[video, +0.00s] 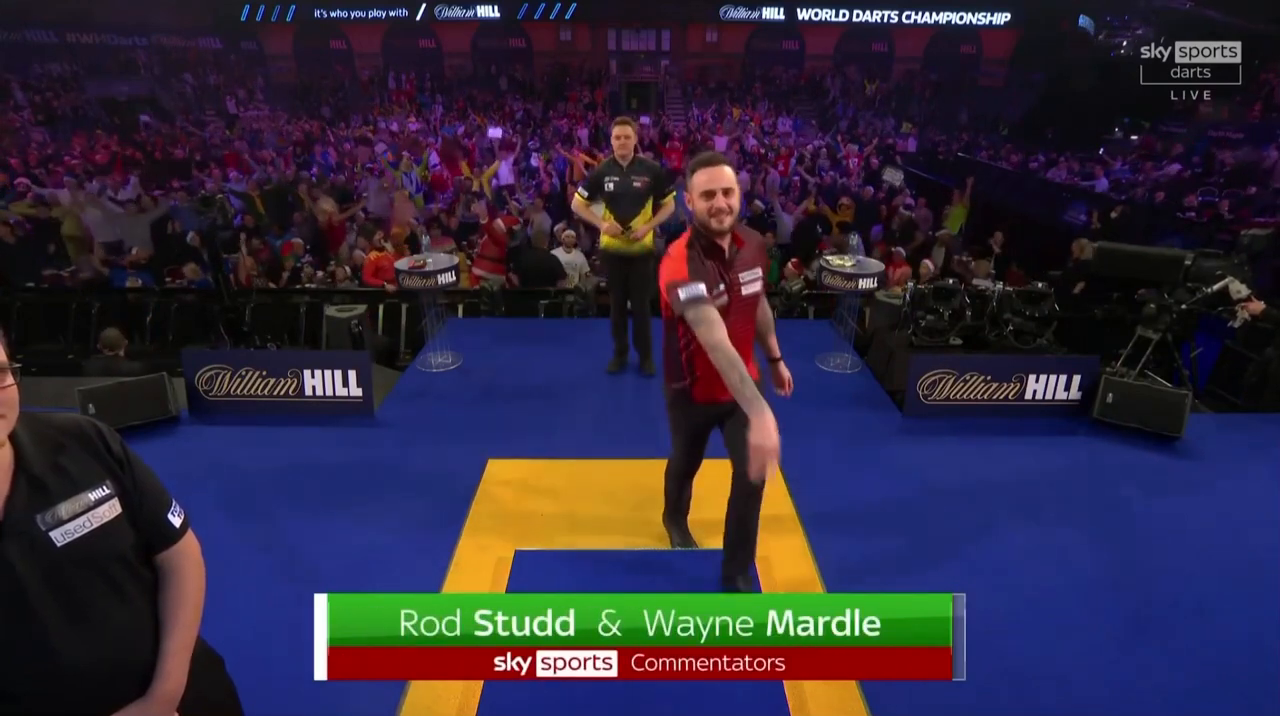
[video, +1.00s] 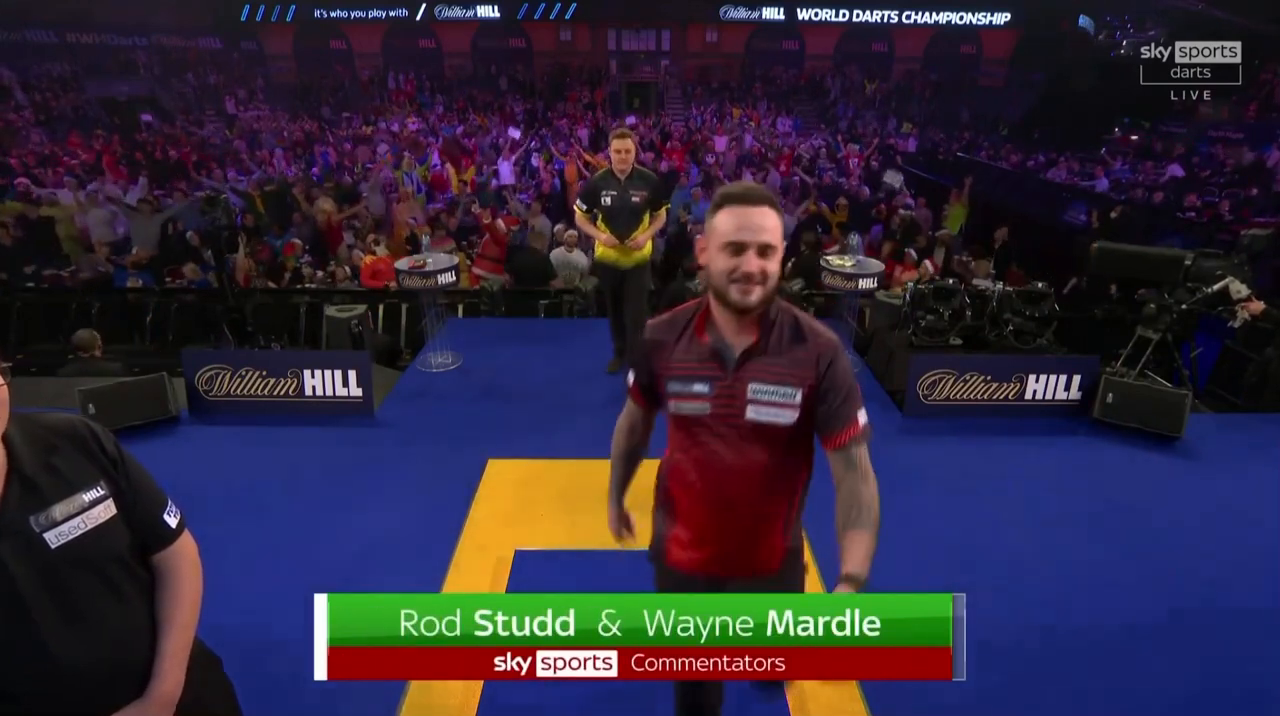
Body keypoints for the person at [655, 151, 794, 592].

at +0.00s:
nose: (720, 202)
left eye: (728, 192)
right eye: (707, 195)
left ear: (739, 195)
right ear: (689, 203)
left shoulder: (750, 245)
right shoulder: (681, 262)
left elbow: (758, 303)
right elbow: (716, 342)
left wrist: (775, 358)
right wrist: (758, 409)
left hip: (742, 384)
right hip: (694, 390)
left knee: (753, 474)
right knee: (685, 462)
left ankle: (737, 573)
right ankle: (675, 518)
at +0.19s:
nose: (735, 214)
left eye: (744, 203)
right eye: (722, 205)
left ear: (757, 209)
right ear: (703, 214)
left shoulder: (770, 259)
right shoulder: (688, 275)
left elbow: (773, 310)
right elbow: (722, 367)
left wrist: (776, 356)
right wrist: (770, 446)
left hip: (754, 403)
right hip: (701, 403)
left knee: (747, 509)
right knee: (690, 469)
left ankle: (742, 600)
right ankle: (678, 519)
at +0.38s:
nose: (771, 221)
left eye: (781, 210)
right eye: (759, 209)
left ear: (793, 214)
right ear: (734, 211)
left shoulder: (801, 275)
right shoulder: (703, 279)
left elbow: (800, 337)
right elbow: (700, 380)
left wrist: (799, 399)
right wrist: (713, 471)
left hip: (770, 419)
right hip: (712, 420)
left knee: (752, 526)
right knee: (712, 506)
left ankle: (744, 606)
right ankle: (697, 523)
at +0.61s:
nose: (799, 229)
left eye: (808, 217)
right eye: (786, 217)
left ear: (816, 213)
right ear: (750, 211)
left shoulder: (827, 294)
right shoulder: (700, 281)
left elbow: (841, 385)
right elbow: (653, 359)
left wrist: (851, 483)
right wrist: (631, 437)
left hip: (777, 459)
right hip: (711, 456)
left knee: (748, 570)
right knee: (717, 575)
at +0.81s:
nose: (789, 248)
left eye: (799, 235)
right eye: (774, 234)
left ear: (810, 238)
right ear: (737, 233)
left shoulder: (829, 323)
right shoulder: (690, 306)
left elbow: (856, 424)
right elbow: (641, 374)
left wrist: (869, 530)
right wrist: (604, 443)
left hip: (779, 506)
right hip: (706, 504)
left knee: (734, 616)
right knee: (712, 638)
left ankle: (700, 682)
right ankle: (700, 706)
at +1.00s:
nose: (750, 265)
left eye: (765, 251)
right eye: (734, 249)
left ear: (783, 261)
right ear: (702, 254)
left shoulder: (817, 352)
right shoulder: (664, 338)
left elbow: (853, 468)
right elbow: (637, 412)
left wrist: (852, 580)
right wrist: (616, 497)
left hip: (771, 565)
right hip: (683, 559)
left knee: (770, 665)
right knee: (694, 689)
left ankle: (770, 676)